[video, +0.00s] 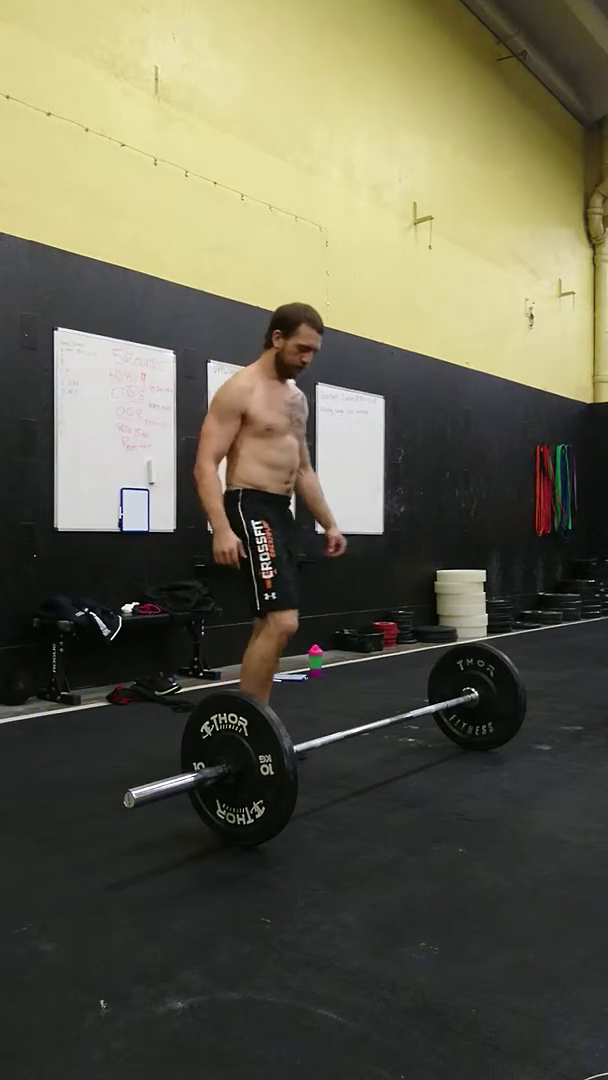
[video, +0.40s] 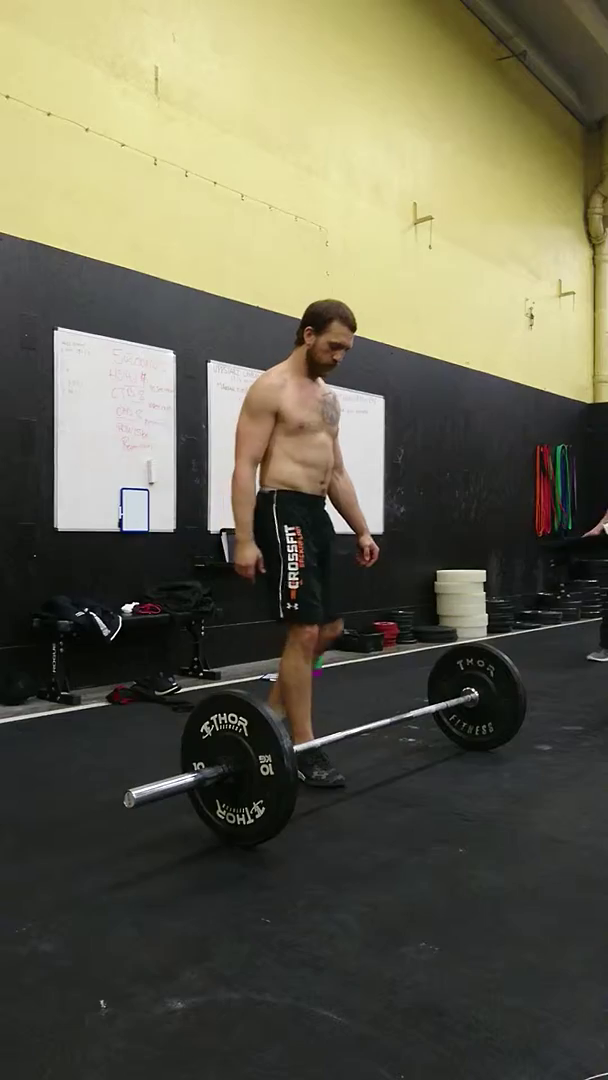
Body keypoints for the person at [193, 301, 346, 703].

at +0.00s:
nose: (308, 360)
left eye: (313, 352)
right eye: (303, 349)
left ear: (317, 349)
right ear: (276, 339)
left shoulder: (297, 397)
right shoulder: (239, 388)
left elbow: (302, 469)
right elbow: (205, 465)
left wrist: (328, 522)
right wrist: (221, 529)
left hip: (280, 510)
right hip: (250, 506)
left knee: (270, 625)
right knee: (282, 621)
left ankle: (251, 726)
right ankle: (246, 726)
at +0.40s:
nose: (339, 355)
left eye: (345, 348)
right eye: (334, 345)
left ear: (345, 346)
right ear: (307, 335)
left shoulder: (328, 397)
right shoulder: (270, 386)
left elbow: (334, 472)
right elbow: (244, 465)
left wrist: (361, 529)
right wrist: (243, 538)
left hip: (315, 513)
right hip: (281, 510)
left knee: (327, 629)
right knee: (303, 631)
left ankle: (267, 719)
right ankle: (304, 748)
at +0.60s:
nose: (357, 355)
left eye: (363, 347)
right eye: (351, 345)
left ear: (363, 344)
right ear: (324, 334)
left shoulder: (341, 395)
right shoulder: (288, 381)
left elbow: (346, 472)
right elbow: (264, 457)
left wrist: (373, 531)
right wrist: (283, 528)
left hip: (332, 516)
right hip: (294, 515)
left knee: (363, 619)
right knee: (303, 636)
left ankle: (318, 717)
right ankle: (302, 749)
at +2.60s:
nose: (398, 344)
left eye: (405, 337)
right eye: (392, 334)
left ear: (404, 333)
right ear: (364, 322)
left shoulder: (389, 385)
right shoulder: (325, 374)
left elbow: (389, 464)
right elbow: (291, 452)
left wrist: (406, 526)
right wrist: (309, 524)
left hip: (374, 516)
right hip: (335, 515)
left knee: (369, 638)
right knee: (330, 641)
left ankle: (372, 747)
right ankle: (319, 761)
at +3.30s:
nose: (441, 386)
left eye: (448, 378)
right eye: (438, 375)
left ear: (440, 369)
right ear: (411, 357)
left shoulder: (418, 419)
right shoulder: (356, 401)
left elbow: (411, 495)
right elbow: (326, 487)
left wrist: (417, 570)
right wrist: (332, 571)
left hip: (355, 516)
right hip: (312, 512)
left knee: (372, 636)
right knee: (328, 638)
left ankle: (371, 746)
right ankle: (319, 761)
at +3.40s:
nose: (453, 425)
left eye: (459, 418)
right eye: (451, 414)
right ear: (425, 395)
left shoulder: (425, 450)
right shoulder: (365, 433)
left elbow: (413, 525)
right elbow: (338, 523)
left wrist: (413, 601)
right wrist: (337, 607)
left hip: (351, 526)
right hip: (305, 520)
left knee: (373, 635)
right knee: (328, 638)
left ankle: (371, 744)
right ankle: (320, 761)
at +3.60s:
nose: (459, 501)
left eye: (467, 495)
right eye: (459, 491)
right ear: (437, 468)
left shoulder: (433, 513)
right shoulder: (375, 498)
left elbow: (419, 586)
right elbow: (346, 593)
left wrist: (413, 659)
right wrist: (336, 678)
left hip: (352, 545)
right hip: (298, 536)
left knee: (382, 636)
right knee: (328, 643)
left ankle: (373, 746)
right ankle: (320, 761)